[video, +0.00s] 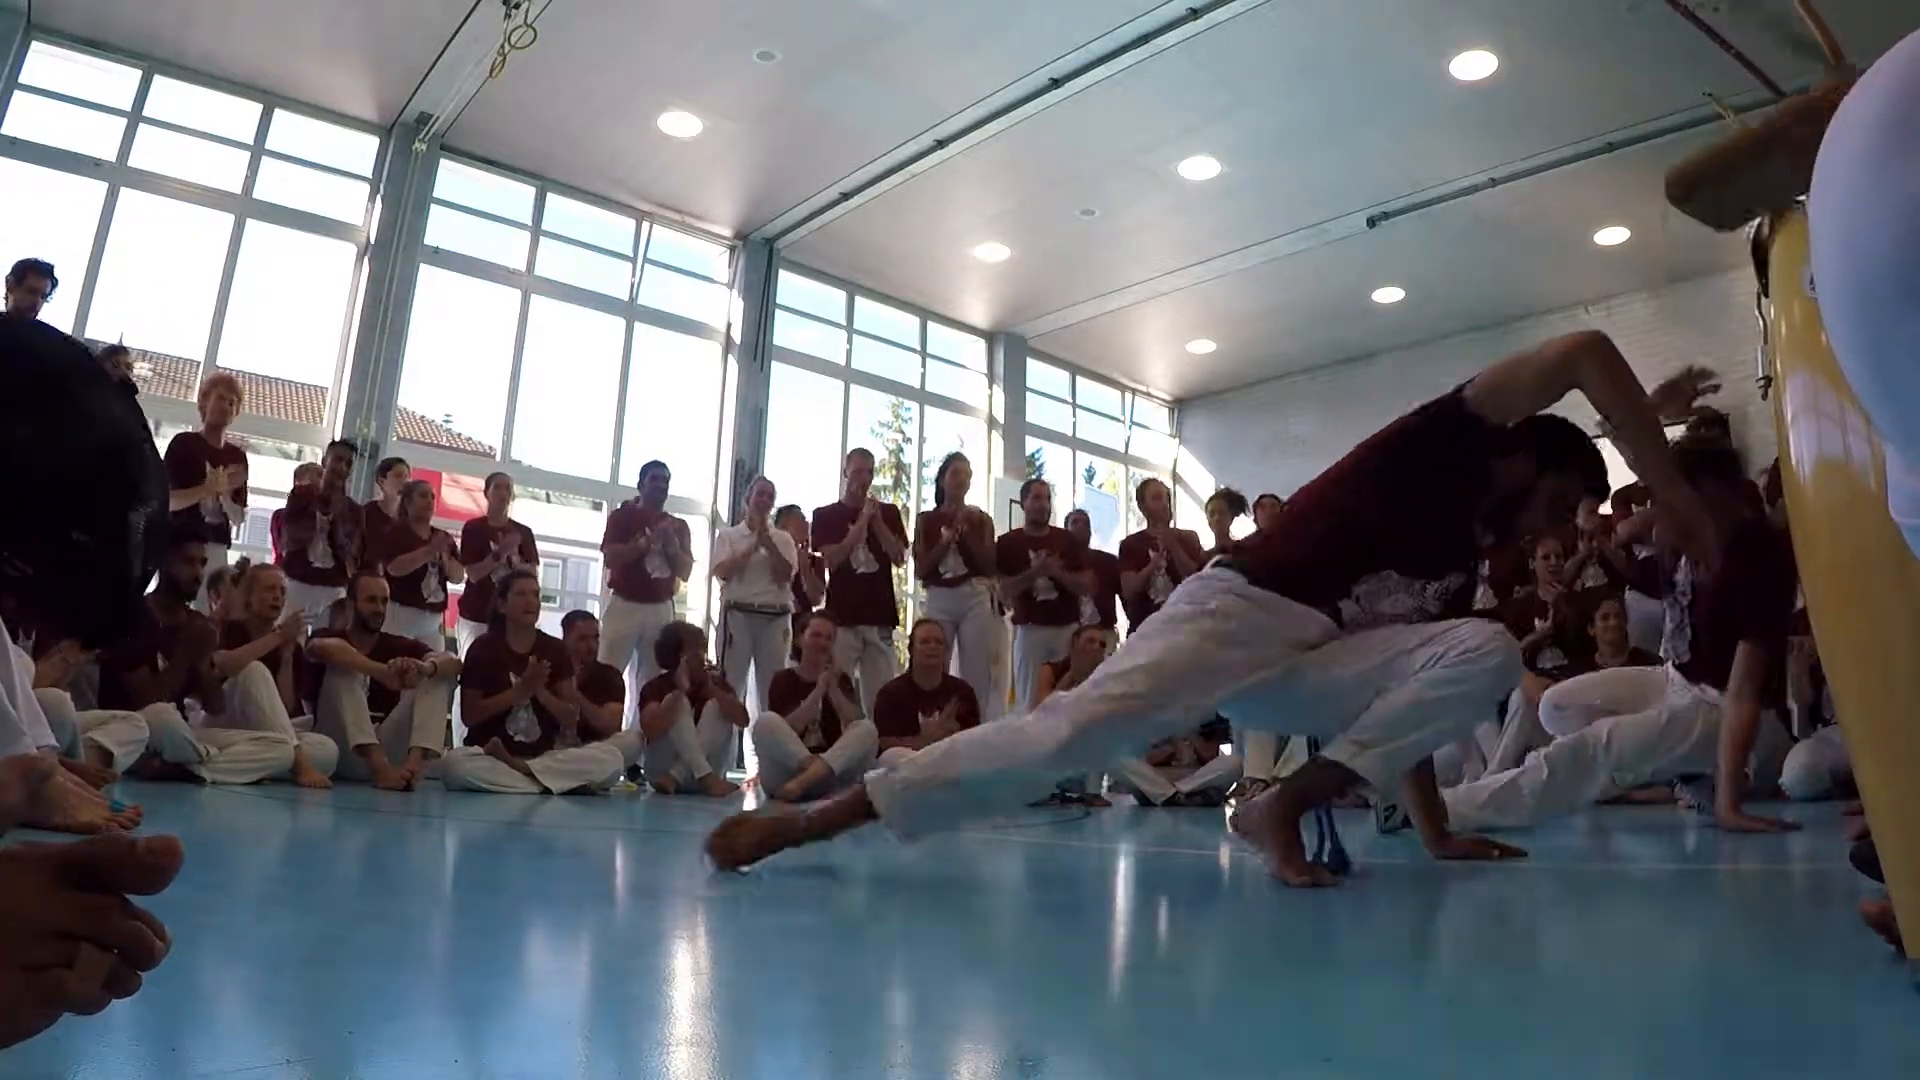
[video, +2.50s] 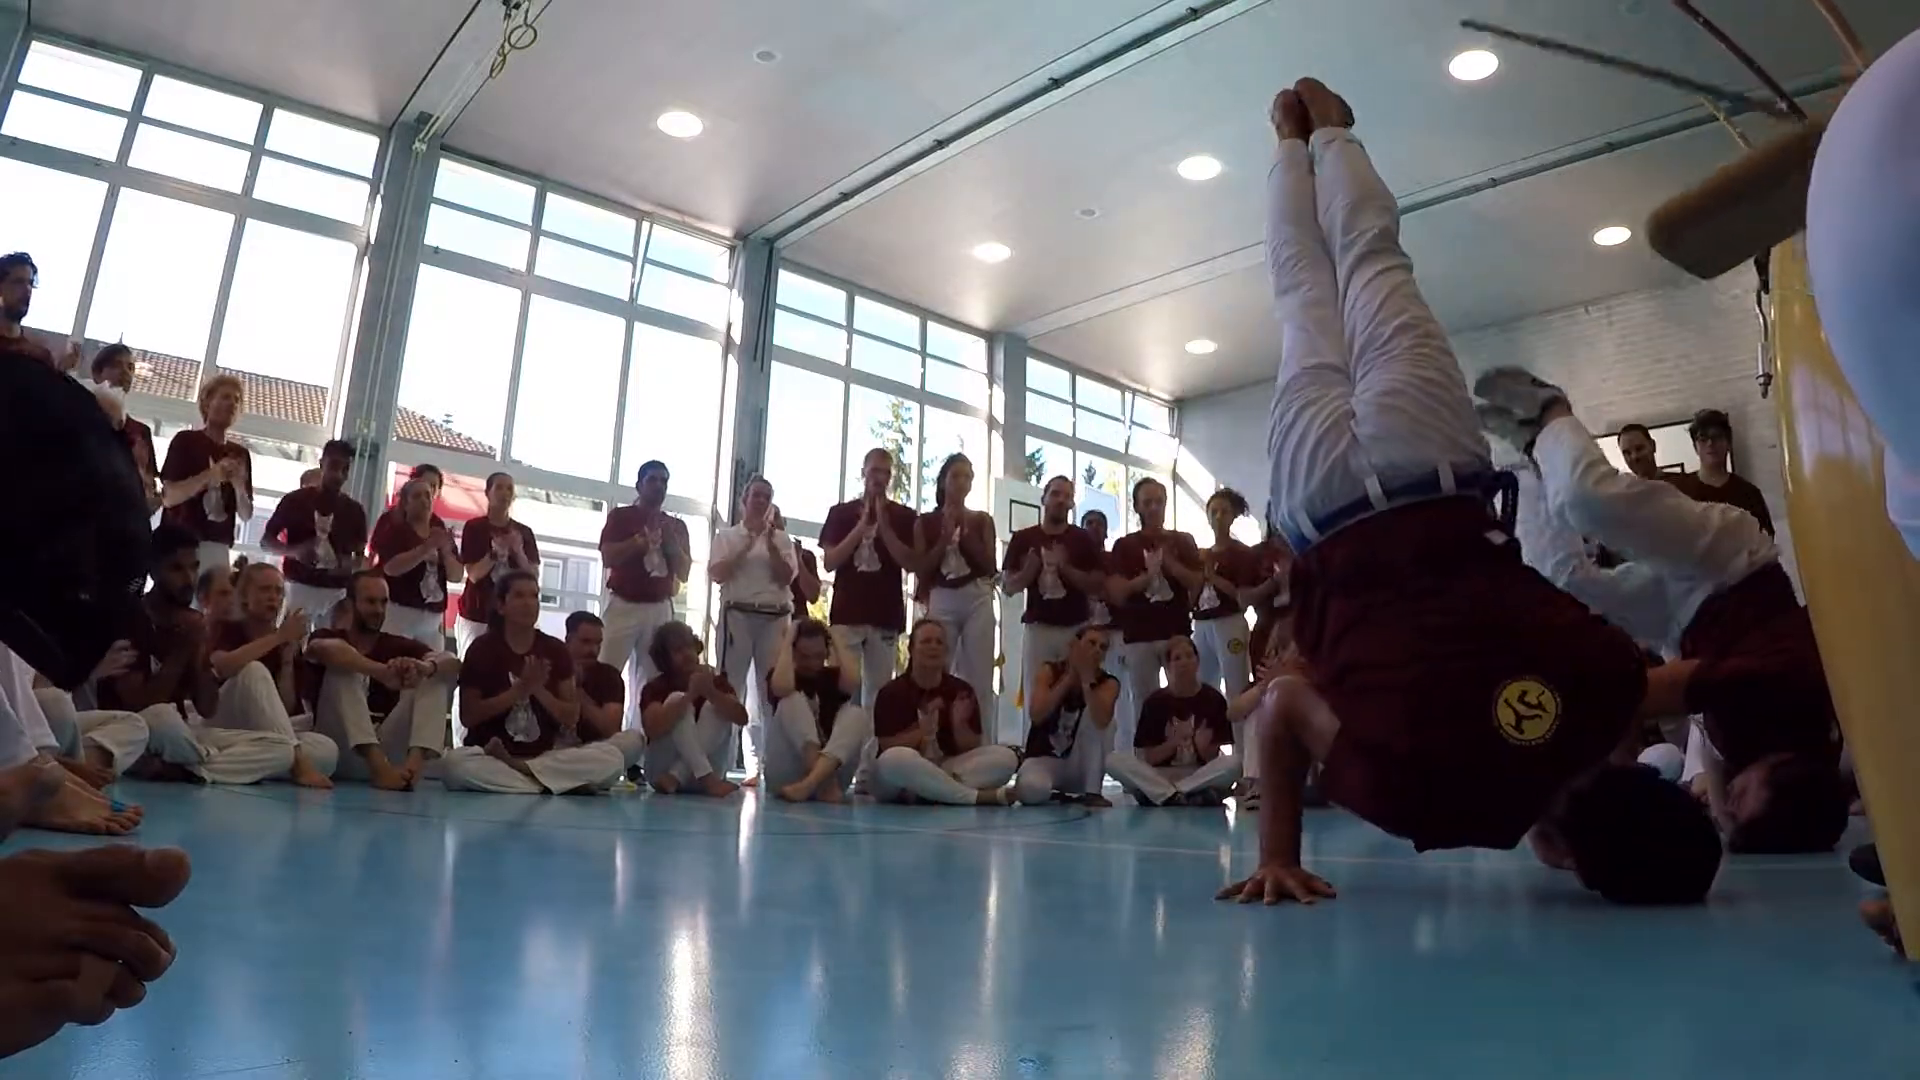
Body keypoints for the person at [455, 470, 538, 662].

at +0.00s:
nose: (503, 494)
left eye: (507, 489)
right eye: (497, 488)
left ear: (512, 495)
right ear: (486, 493)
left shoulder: (524, 532)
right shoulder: (473, 528)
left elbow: (533, 573)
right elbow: (473, 575)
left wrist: (515, 559)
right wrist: (501, 551)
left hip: (511, 618)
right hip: (475, 615)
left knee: (506, 680)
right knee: (473, 679)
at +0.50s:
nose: (503, 494)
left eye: (508, 490)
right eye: (498, 489)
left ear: (512, 495)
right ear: (486, 493)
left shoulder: (523, 532)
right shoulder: (473, 528)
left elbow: (533, 573)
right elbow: (473, 575)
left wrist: (516, 555)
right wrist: (493, 556)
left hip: (511, 617)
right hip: (475, 615)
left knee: (506, 679)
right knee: (472, 679)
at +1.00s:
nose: (504, 494)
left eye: (509, 489)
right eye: (499, 489)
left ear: (514, 495)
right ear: (488, 493)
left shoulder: (523, 532)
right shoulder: (473, 527)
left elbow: (533, 573)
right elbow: (473, 575)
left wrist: (518, 547)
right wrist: (496, 554)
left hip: (510, 619)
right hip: (474, 616)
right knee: (470, 680)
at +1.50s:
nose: (505, 492)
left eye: (509, 488)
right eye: (499, 487)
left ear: (514, 494)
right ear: (488, 493)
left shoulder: (524, 531)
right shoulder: (474, 527)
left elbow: (534, 573)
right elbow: (473, 574)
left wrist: (522, 548)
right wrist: (496, 553)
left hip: (510, 619)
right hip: (475, 615)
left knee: (504, 681)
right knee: (471, 679)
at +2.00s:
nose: (504, 493)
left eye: (509, 489)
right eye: (498, 487)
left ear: (513, 495)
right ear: (487, 492)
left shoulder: (524, 533)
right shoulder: (474, 527)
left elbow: (533, 574)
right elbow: (474, 574)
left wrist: (515, 554)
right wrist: (497, 554)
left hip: (511, 619)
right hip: (475, 616)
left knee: (505, 680)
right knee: (471, 680)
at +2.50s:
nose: (504, 493)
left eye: (509, 489)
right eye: (499, 488)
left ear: (513, 495)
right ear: (488, 493)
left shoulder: (524, 532)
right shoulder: (474, 527)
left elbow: (533, 574)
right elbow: (473, 575)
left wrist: (518, 552)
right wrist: (494, 554)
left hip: (511, 618)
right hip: (475, 615)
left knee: (505, 682)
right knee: (472, 680)